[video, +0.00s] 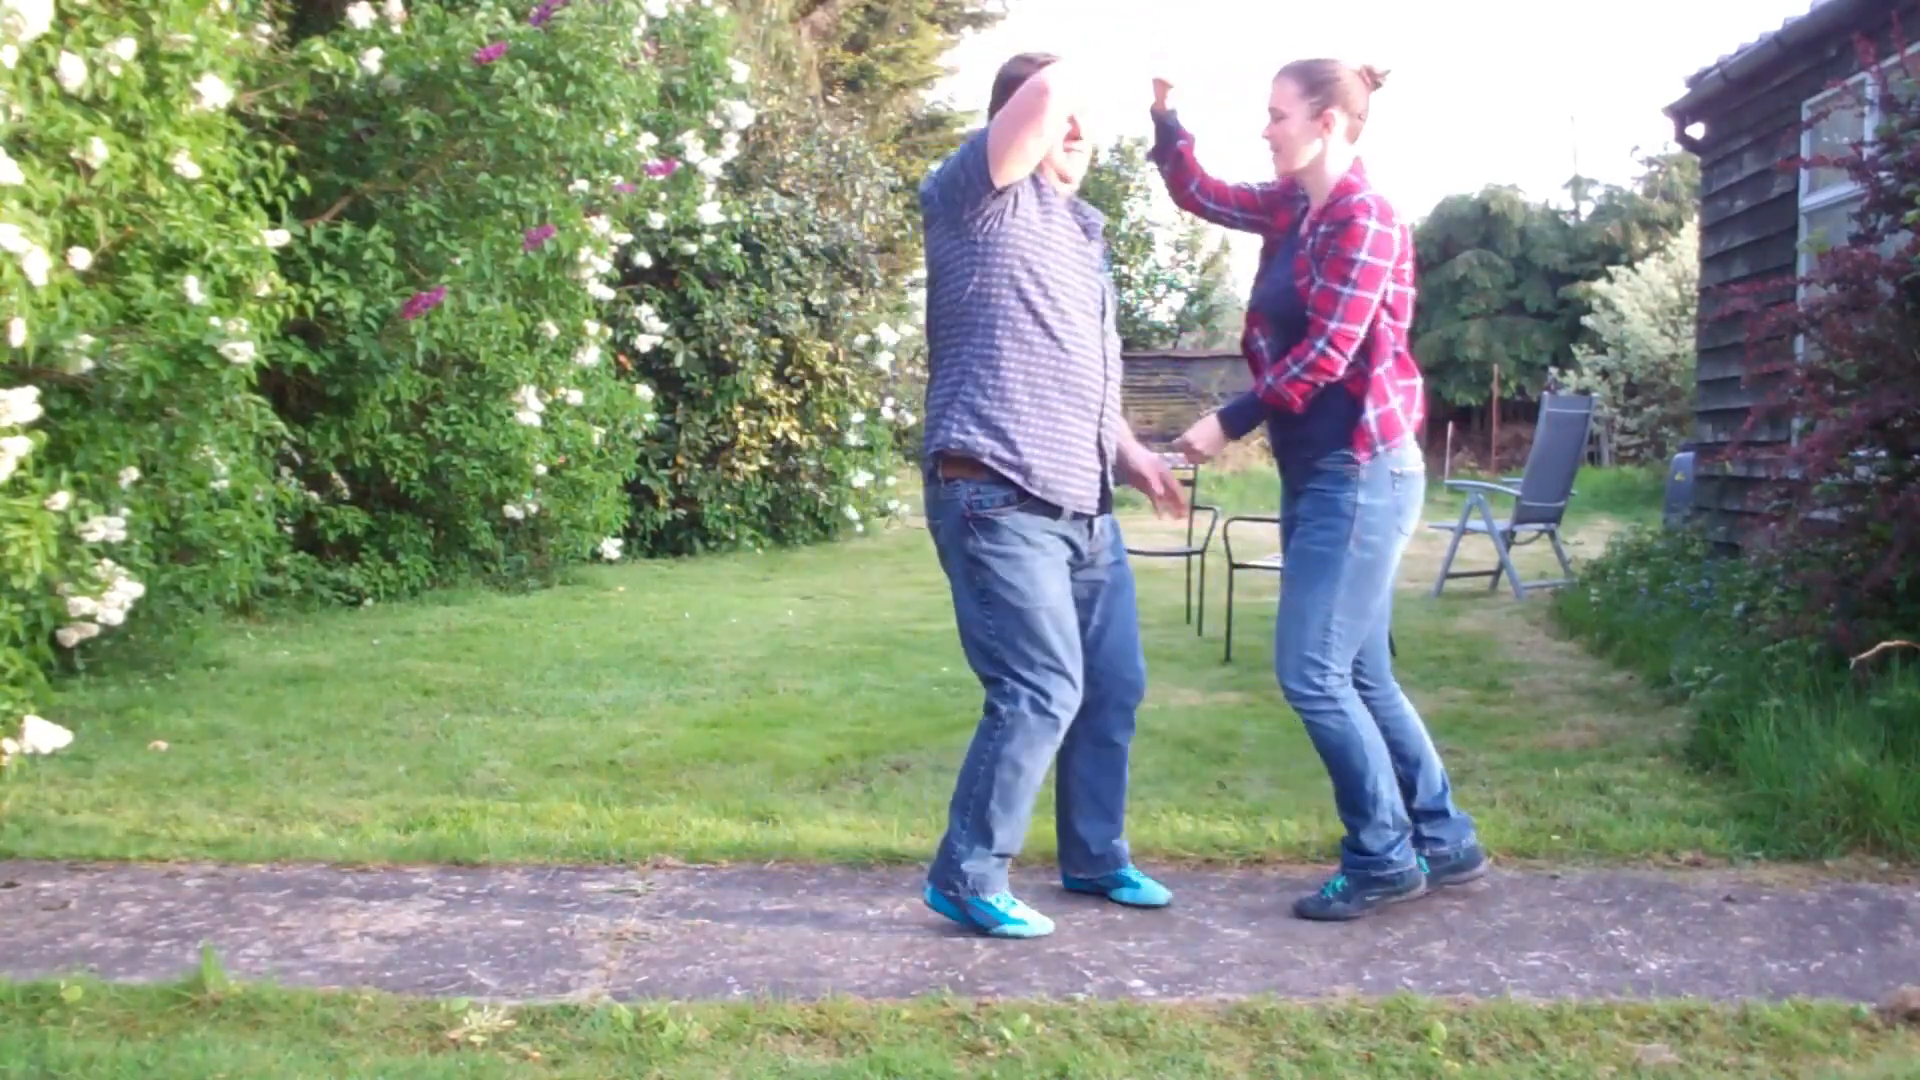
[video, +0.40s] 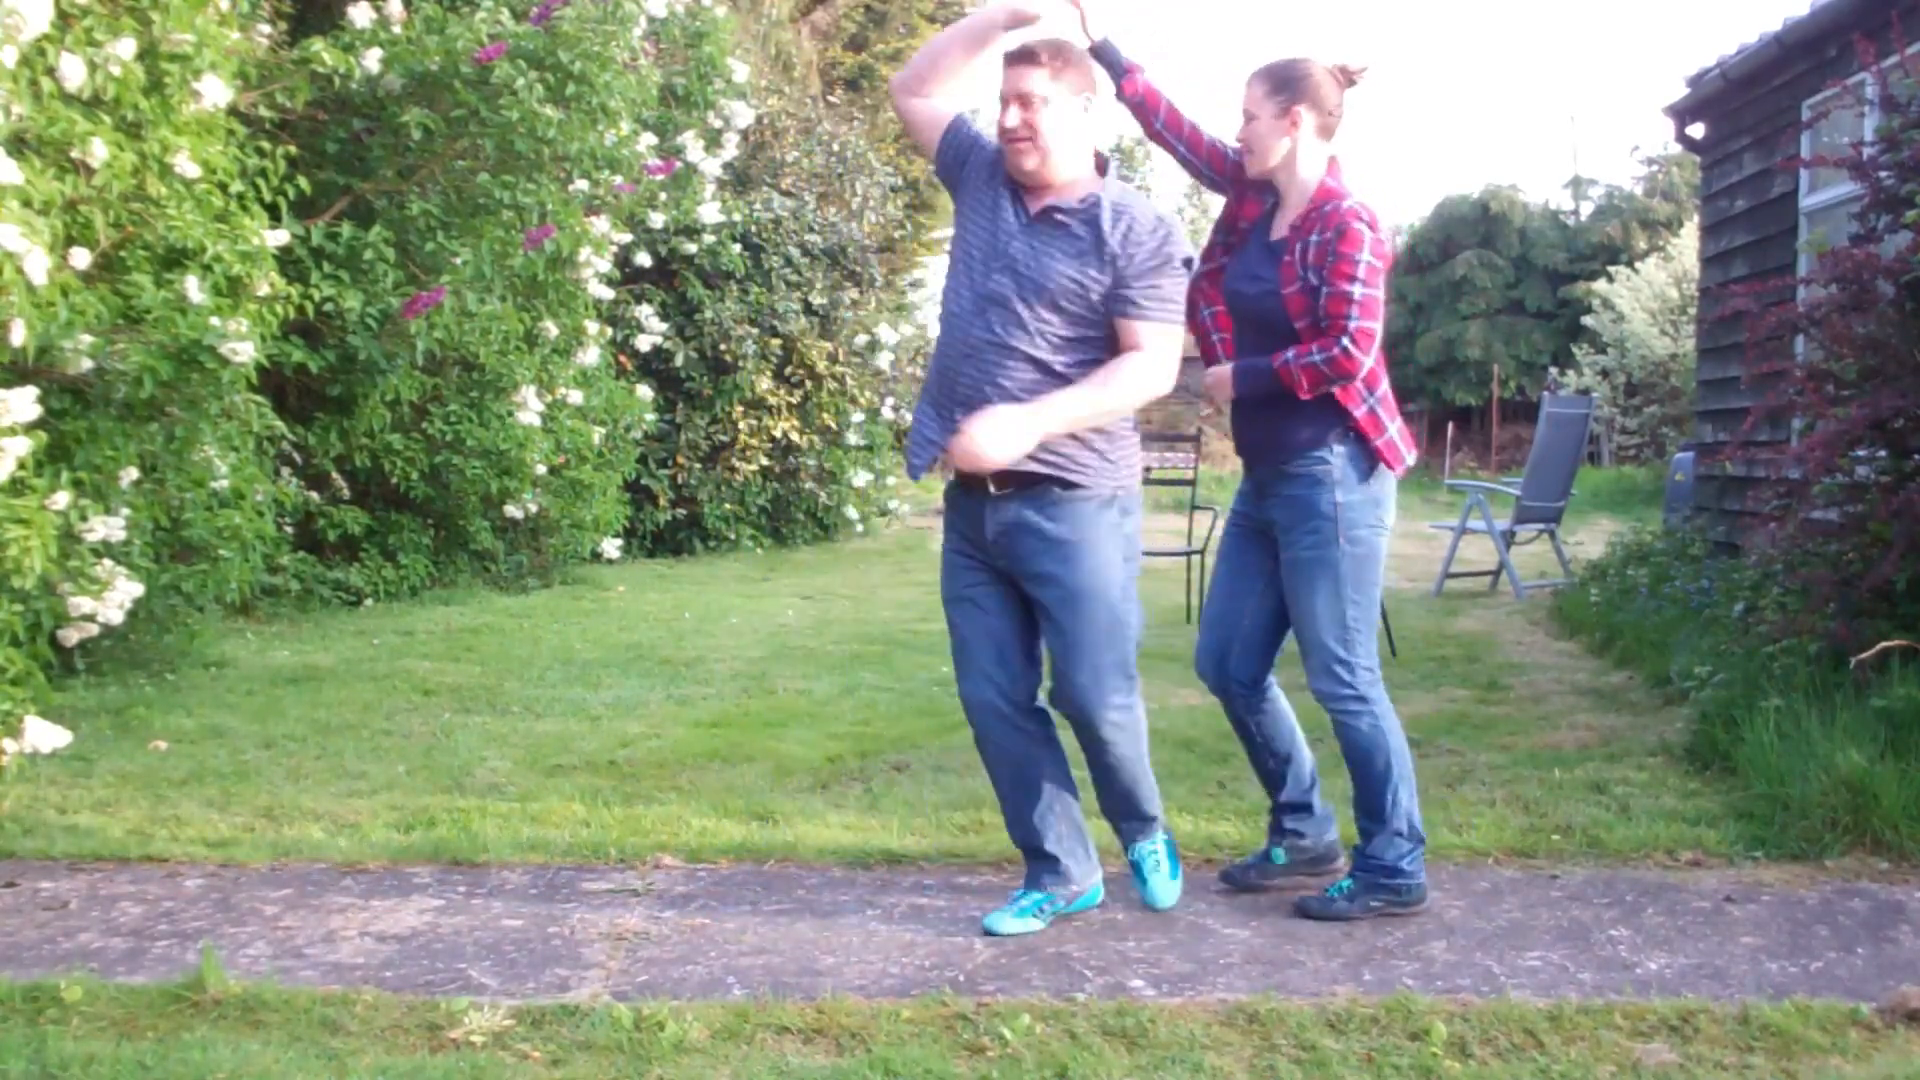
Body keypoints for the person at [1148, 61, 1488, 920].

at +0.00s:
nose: (1265, 132)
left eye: (1278, 118)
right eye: (1266, 118)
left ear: (1331, 126)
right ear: (1316, 125)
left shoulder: (1368, 221)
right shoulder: (1292, 208)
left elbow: (1325, 356)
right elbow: (1201, 194)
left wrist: (1228, 421)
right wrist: (1164, 119)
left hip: (1361, 471)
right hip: (1325, 469)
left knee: (1312, 675)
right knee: (1364, 674)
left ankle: (1384, 857)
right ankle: (1443, 837)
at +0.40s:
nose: (1237, 130)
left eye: (1249, 116)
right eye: (1239, 116)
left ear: (1300, 125)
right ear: (1278, 128)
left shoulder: (1347, 225)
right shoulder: (1250, 195)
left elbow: (1350, 354)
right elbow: (1172, 125)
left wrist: (1240, 377)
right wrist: (1098, 41)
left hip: (1335, 473)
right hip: (1268, 477)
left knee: (1344, 677)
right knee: (1227, 662)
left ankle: (1395, 868)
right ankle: (1306, 835)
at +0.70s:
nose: (1192, 137)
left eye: (1202, 122)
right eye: (1194, 123)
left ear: (1248, 125)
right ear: (1240, 125)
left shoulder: (1282, 227)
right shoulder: (1214, 203)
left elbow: (1261, 366)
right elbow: (1141, 159)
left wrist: (1149, 373)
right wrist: (1065, 88)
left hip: (1260, 466)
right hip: (1212, 463)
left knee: (1251, 671)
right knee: (1216, 670)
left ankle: (1363, 839)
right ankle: (1271, 848)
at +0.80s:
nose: (1167, 140)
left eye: (1176, 124)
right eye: (1170, 125)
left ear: (1218, 127)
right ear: (1224, 128)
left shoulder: (1243, 224)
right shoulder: (1204, 201)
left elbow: (1227, 362)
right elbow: (1127, 157)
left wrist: (1127, 373)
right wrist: (1060, 88)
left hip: (1226, 466)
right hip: (1251, 462)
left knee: (1168, 665)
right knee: (1230, 668)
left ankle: (1304, 811)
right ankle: (1265, 849)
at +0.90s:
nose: (1129, 143)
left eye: (1141, 129)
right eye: (1131, 128)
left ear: (1187, 132)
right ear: (1192, 135)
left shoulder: (1205, 224)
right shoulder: (1198, 215)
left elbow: (1187, 360)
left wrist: (1089, 380)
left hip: (1195, 475)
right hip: (1241, 472)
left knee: (1116, 662)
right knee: (1213, 669)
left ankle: (1196, 838)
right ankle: (1276, 848)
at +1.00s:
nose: (1106, 152)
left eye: (1115, 135)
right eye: (1108, 136)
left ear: (1152, 135)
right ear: (1163, 136)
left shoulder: (1169, 228)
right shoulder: (1191, 212)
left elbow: (1152, 368)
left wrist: (1069, 410)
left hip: (1166, 482)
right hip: (1213, 474)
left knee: (1075, 669)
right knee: (1193, 678)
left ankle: (1105, 860)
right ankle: (1270, 846)